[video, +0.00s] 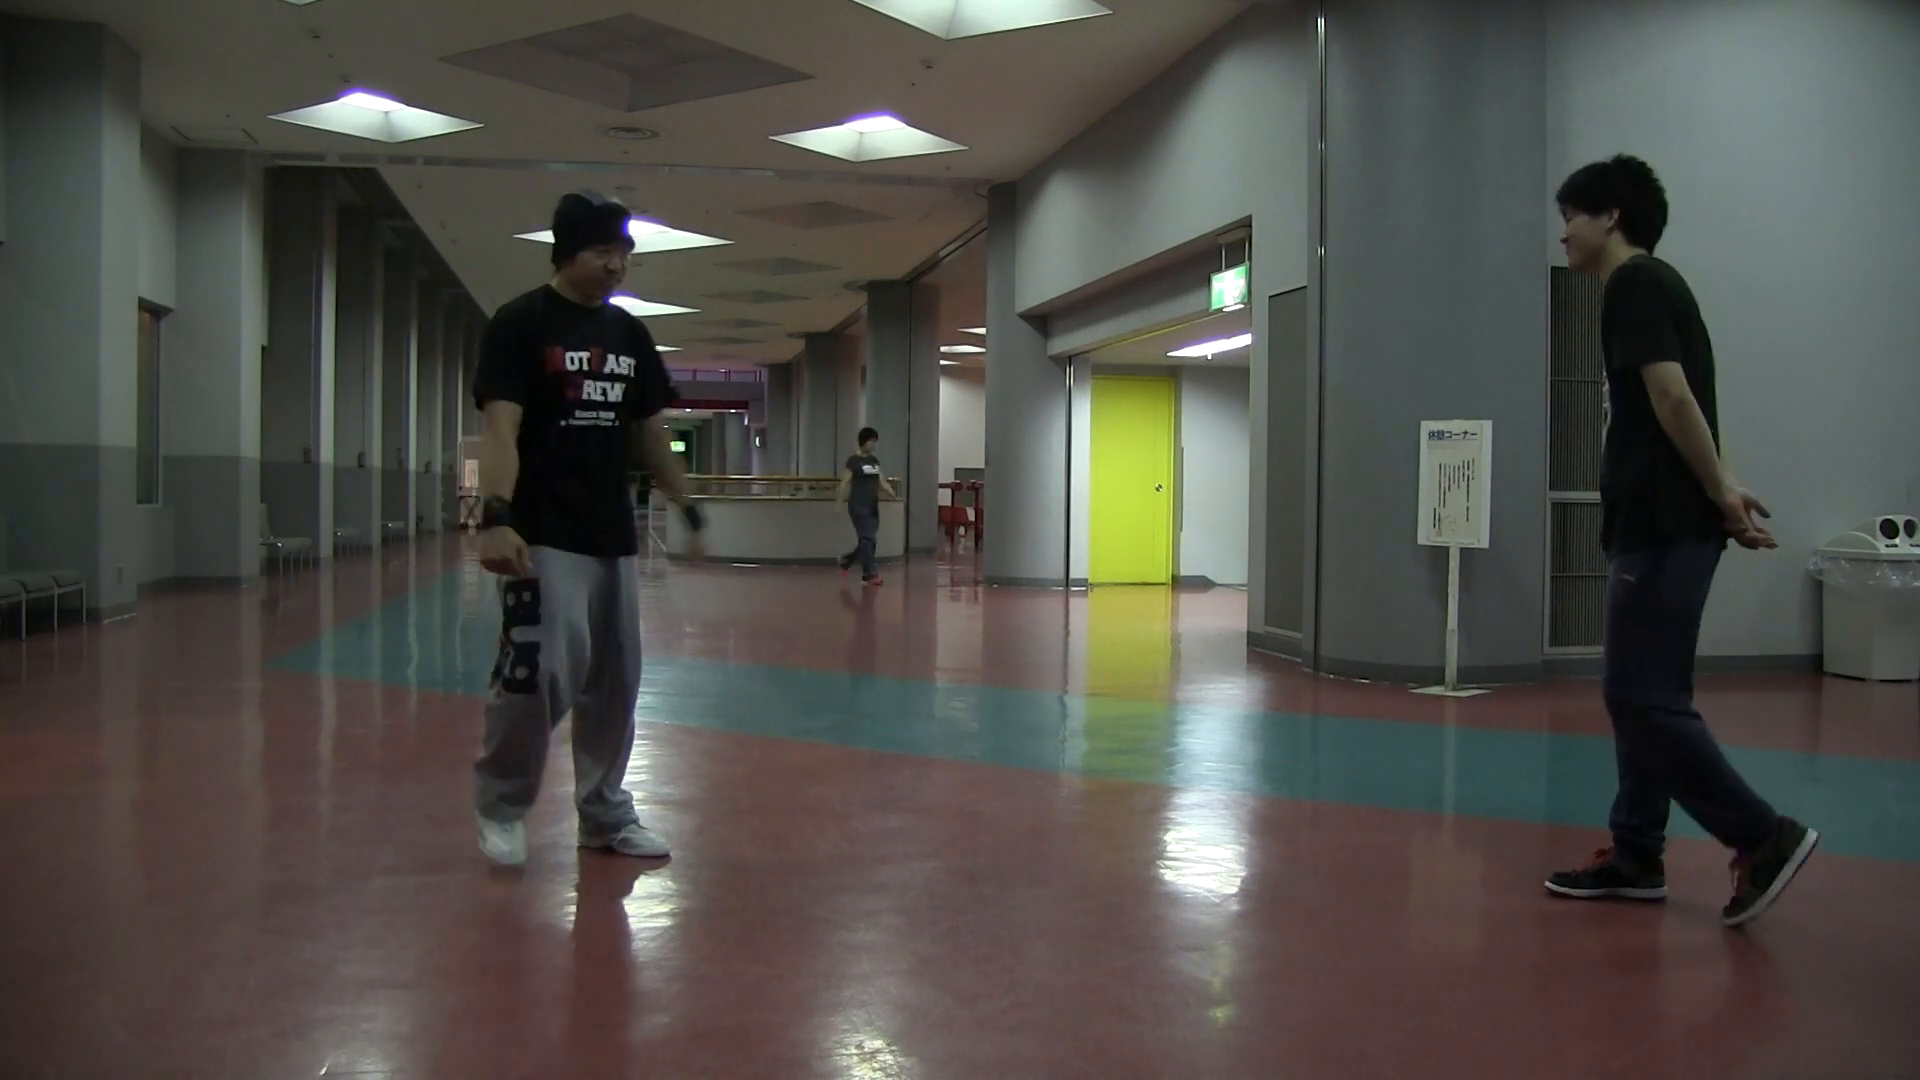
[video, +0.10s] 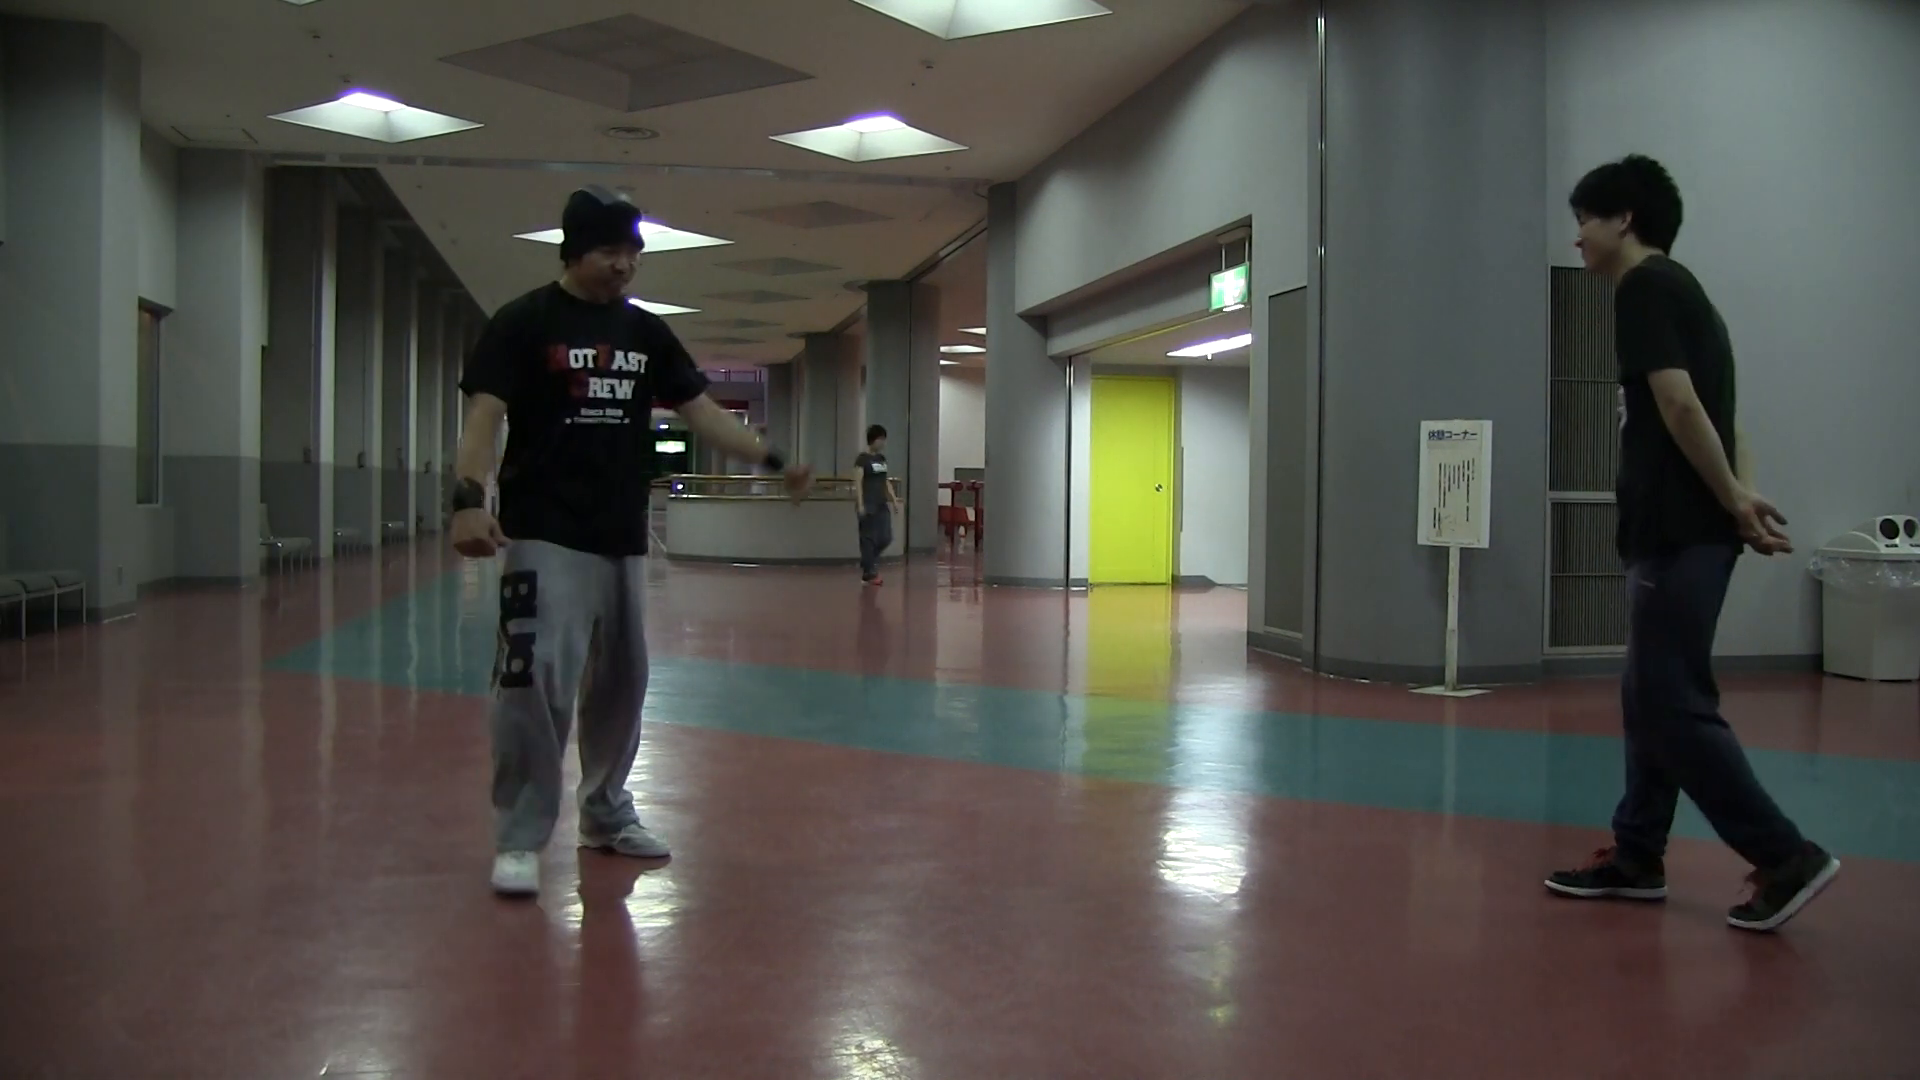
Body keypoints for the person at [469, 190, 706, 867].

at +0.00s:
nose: (619, 266)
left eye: (624, 254)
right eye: (607, 253)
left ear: (623, 257)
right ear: (569, 254)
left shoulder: (630, 334)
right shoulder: (519, 325)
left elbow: (649, 434)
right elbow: (499, 428)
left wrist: (687, 499)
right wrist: (494, 517)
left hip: (611, 534)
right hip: (542, 532)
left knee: (612, 678)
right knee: (546, 673)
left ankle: (605, 813)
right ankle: (501, 802)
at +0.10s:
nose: (625, 267)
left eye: (632, 255)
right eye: (613, 254)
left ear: (634, 255)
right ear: (575, 250)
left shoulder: (645, 330)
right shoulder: (520, 324)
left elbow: (703, 412)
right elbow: (485, 415)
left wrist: (773, 456)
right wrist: (469, 499)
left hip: (620, 538)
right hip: (543, 533)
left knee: (621, 678)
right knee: (537, 681)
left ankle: (608, 815)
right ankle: (519, 840)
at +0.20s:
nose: (627, 266)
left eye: (634, 253)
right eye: (614, 252)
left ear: (640, 255)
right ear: (577, 252)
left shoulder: (655, 333)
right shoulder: (522, 325)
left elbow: (727, 388)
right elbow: (475, 416)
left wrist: (821, 390)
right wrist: (449, 497)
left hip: (625, 543)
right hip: (543, 539)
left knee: (620, 684)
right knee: (536, 696)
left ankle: (609, 814)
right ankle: (534, 851)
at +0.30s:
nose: (622, 270)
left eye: (630, 257)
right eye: (609, 256)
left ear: (637, 259)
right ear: (573, 255)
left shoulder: (652, 333)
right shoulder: (513, 330)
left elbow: (748, 362)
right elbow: (465, 422)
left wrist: (838, 349)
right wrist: (434, 508)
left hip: (621, 546)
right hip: (536, 546)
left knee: (617, 685)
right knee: (535, 707)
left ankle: (611, 806)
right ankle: (540, 870)